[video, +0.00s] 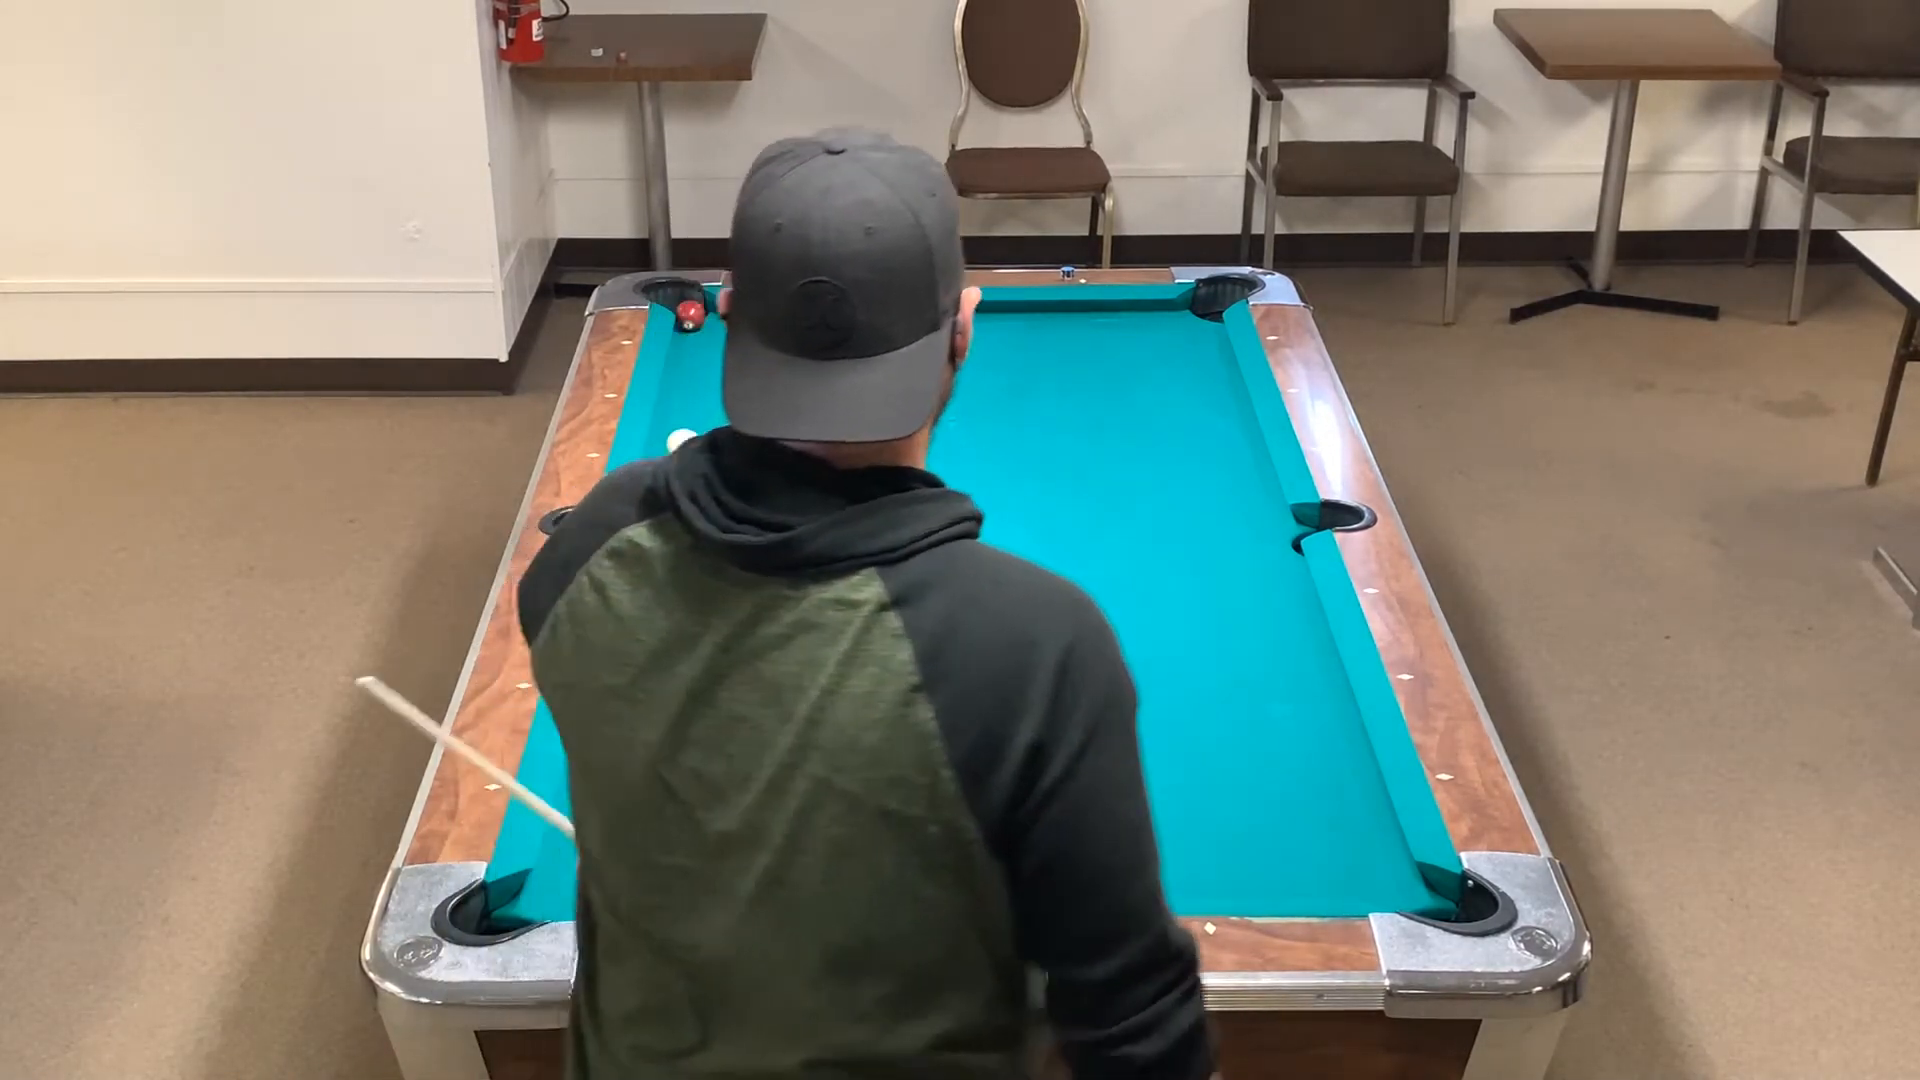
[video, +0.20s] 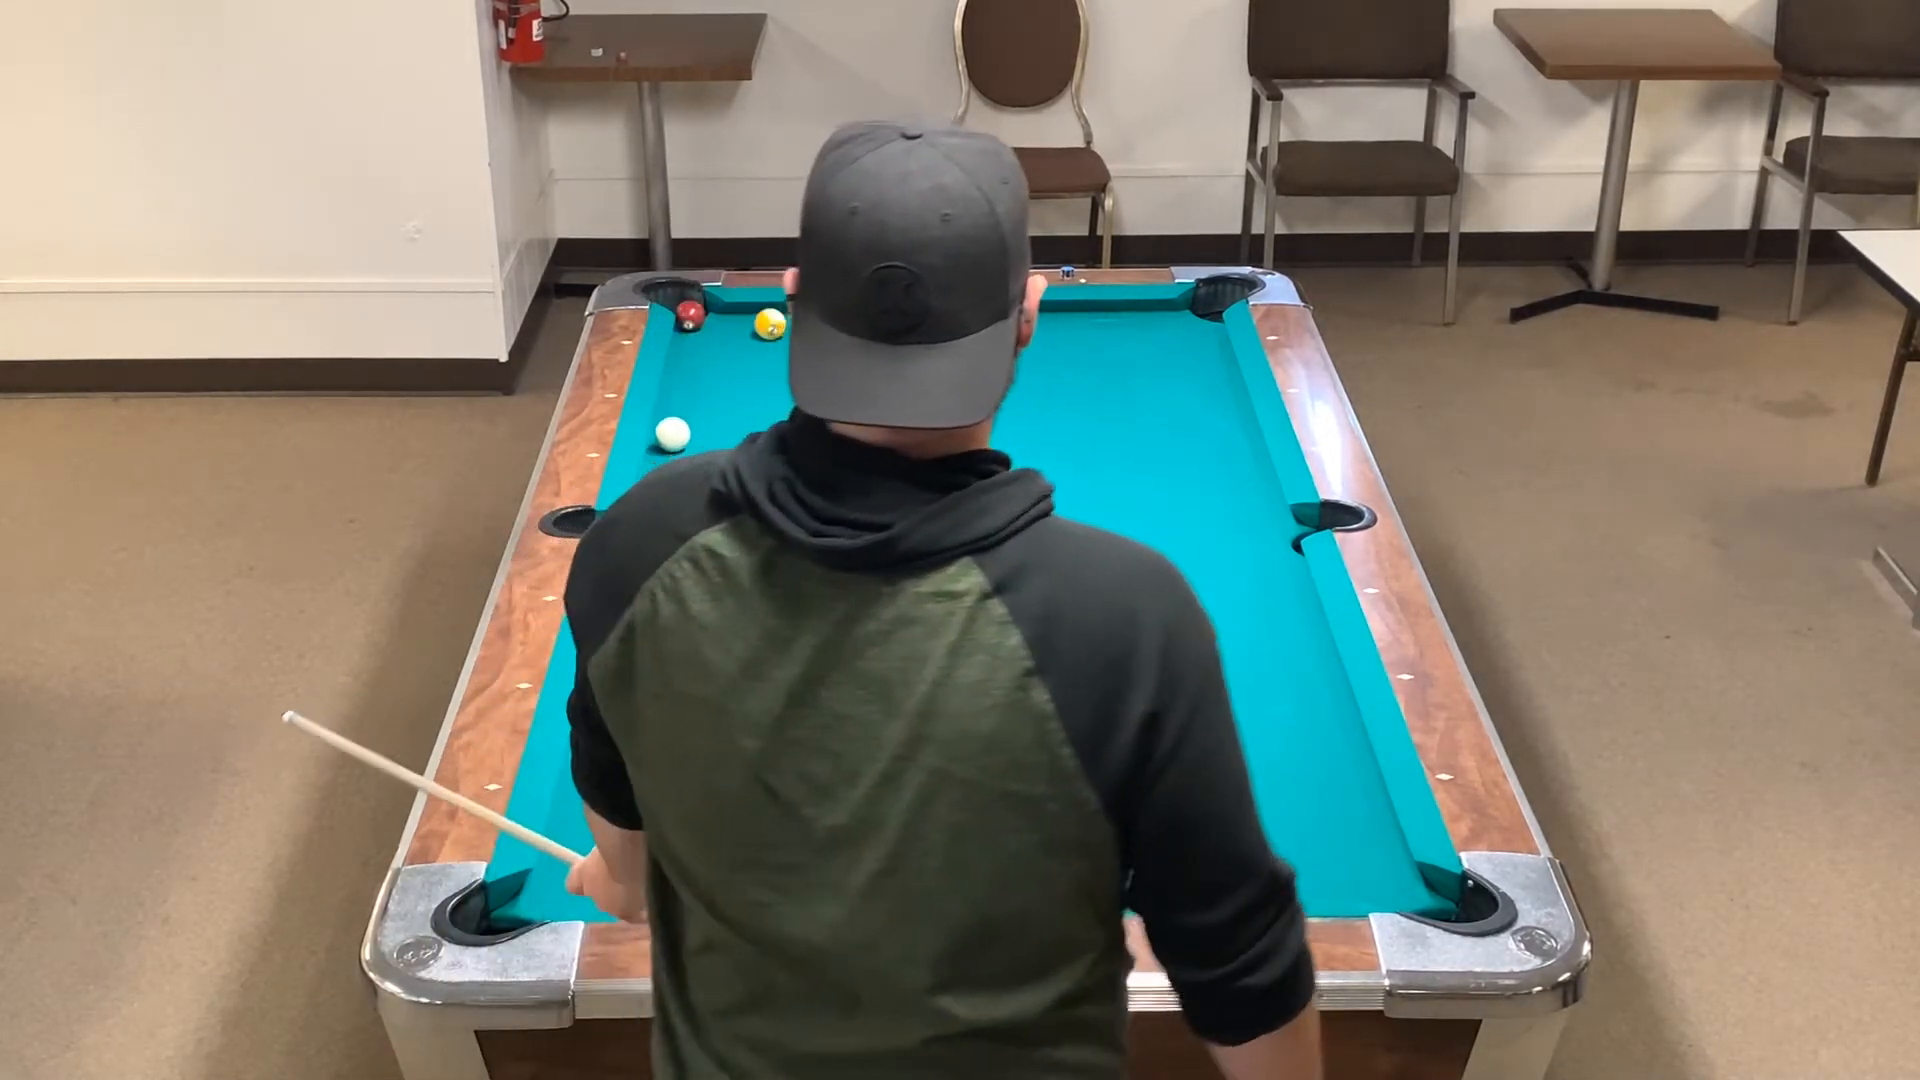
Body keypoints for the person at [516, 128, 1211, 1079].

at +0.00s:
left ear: (733, 307)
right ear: (960, 328)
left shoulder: (596, 559)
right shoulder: (1034, 649)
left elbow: (547, 592)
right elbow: (1133, 1024)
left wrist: (710, 464)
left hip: (635, 1058)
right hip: (931, 1060)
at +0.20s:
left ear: (796, 290)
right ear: (1026, 312)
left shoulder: (639, 548)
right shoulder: (1122, 618)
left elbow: (621, 826)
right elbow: (1260, 1020)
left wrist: (634, 893)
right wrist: (1152, 922)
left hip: (719, 1059)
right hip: (1029, 1062)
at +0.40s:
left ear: (838, 286)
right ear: (1067, 311)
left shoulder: (694, 555)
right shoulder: (1187, 592)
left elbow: (638, 816)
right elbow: (1315, 946)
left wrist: (613, 933)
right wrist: (1352, 1067)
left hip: (778, 1056)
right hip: (1092, 1056)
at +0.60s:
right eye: (1105, 254)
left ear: (865, 279)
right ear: (1089, 299)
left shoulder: (721, 554)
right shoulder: (1214, 572)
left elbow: (649, 818)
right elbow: (1331, 886)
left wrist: (593, 973)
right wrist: (1366, 1061)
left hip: (787, 1057)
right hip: (1115, 1059)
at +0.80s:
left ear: (879, 267)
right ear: (1102, 296)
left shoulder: (730, 543)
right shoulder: (1218, 558)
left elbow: (643, 824)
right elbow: (1325, 869)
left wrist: (574, 985)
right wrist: (1354, 1052)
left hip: (792, 1057)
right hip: (1117, 1062)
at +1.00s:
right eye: (1112, 245)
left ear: (881, 253)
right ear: (1097, 276)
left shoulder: (732, 524)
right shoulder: (1212, 542)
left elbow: (662, 779)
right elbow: (1318, 835)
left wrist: (596, 929)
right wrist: (1350, 1011)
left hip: (804, 1048)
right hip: (1106, 1055)